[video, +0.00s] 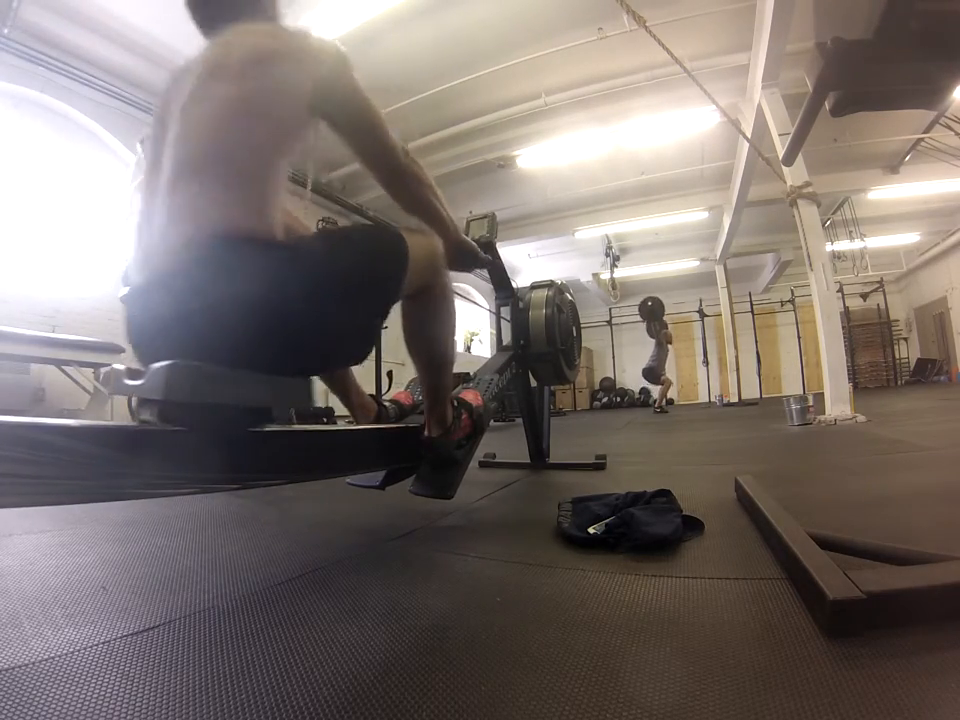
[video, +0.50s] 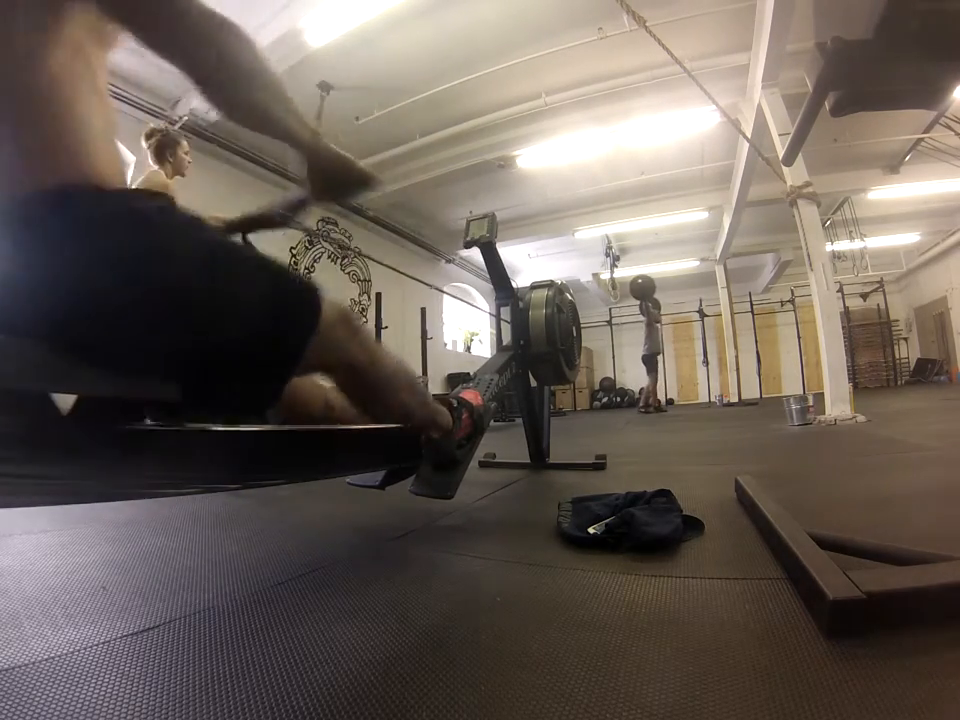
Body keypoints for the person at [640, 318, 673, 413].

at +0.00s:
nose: (671, 337)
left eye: (671, 335)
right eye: (669, 335)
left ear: (667, 336)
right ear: (665, 336)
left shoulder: (665, 347)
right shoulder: (661, 344)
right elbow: (659, 334)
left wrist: (663, 373)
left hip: (655, 371)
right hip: (649, 371)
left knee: (668, 382)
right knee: (667, 382)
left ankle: (659, 404)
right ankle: (658, 406)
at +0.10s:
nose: (670, 332)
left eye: (669, 330)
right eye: (668, 330)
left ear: (666, 332)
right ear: (662, 331)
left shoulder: (664, 342)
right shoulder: (659, 339)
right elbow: (656, 327)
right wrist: (653, 316)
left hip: (654, 367)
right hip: (650, 366)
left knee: (666, 381)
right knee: (666, 381)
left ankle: (658, 405)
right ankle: (658, 405)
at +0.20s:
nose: (667, 325)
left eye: (667, 322)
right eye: (665, 322)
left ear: (663, 323)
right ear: (660, 323)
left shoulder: (662, 335)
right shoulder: (657, 332)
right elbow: (653, 321)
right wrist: (650, 312)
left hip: (653, 361)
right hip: (649, 361)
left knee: (663, 379)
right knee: (662, 379)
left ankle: (658, 404)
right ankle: (657, 405)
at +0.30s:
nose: (665, 320)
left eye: (664, 318)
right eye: (663, 318)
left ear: (660, 318)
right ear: (657, 317)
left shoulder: (659, 328)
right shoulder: (654, 325)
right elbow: (649, 313)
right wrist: (647, 304)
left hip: (653, 355)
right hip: (649, 355)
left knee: (657, 379)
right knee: (657, 379)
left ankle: (657, 403)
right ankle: (657, 404)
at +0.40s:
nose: (661, 316)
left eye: (661, 313)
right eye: (659, 313)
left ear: (655, 312)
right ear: (654, 312)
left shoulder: (656, 323)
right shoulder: (652, 320)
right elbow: (647, 309)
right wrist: (645, 299)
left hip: (653, 353)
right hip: (650, 353)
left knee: (655, 379)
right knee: (654, 378)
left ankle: (653, 402)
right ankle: (651, 403)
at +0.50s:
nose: (659, 315)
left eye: (658, 313)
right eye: (657, 312)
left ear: (654, 312)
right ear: (651, 312)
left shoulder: (653, 324)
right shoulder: (649, 323)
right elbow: (647, 311)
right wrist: (645, 300)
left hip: (652, 354)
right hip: (649, 354)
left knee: (653, 381)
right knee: (652, 381)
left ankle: (654, 404)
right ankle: (644, 404)